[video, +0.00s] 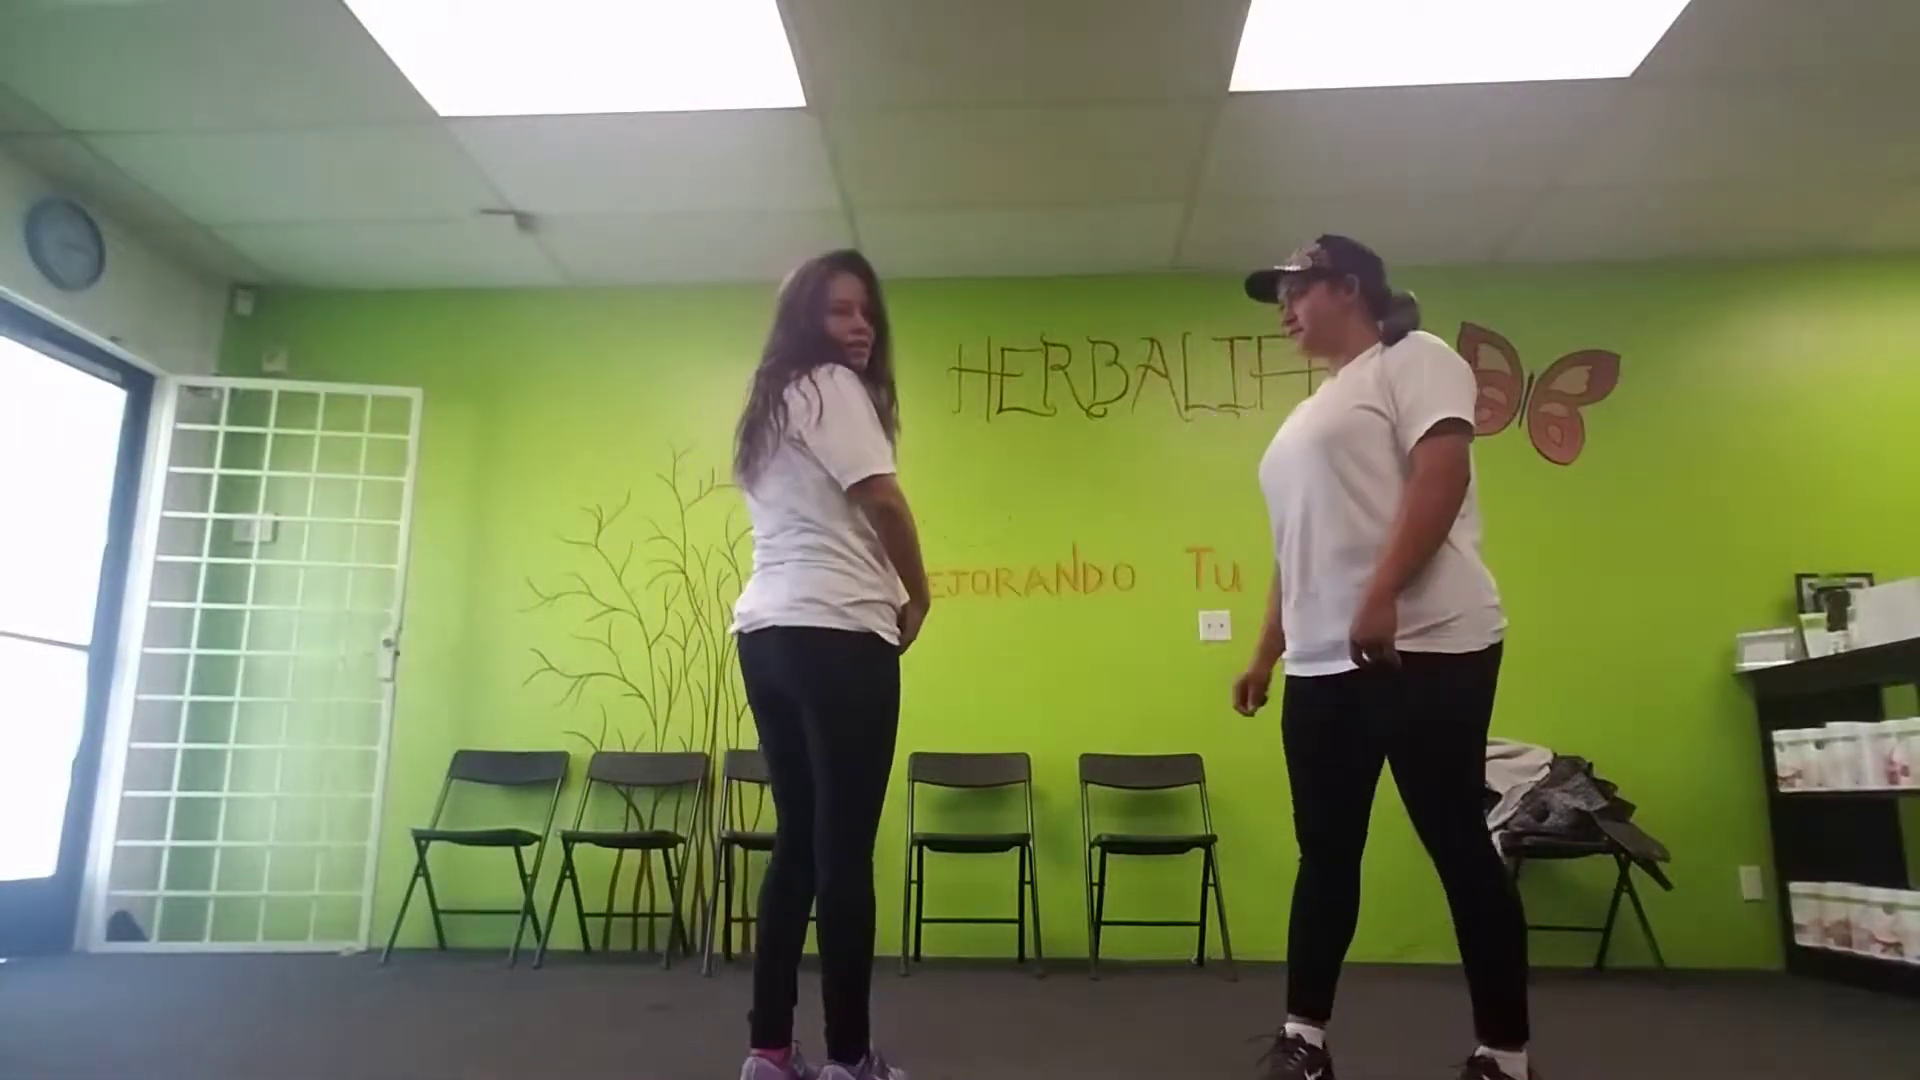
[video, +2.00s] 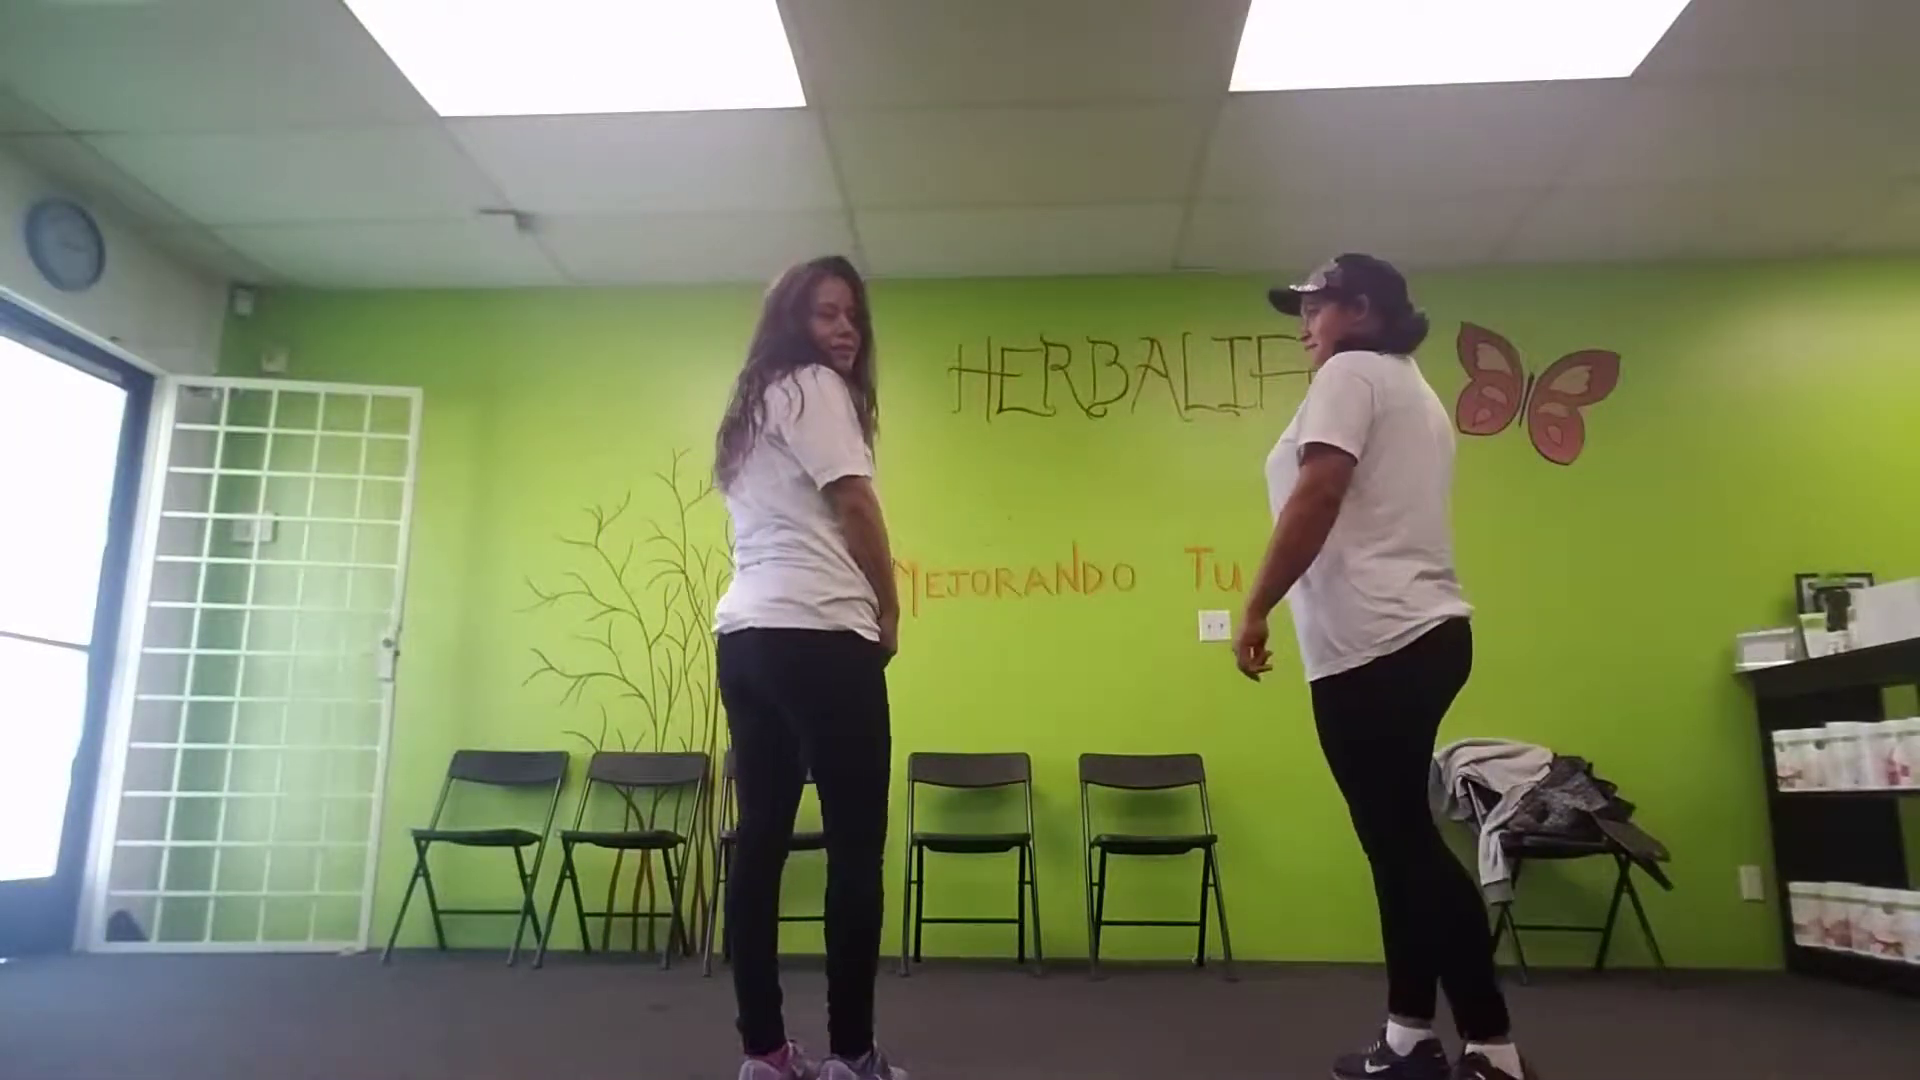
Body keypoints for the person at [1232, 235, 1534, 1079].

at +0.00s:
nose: (1284, 308)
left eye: (1298, 289)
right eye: (1282, 296)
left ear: (1349, 287)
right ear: (1321, 299)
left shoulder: (1416, 356)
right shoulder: (1312, 411)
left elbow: (1444, 466)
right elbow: (1300, 548)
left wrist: (1384, 590)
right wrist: (1265, 651)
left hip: (1431, 651)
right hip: (1323, 671)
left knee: (1461, 848)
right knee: (1325, 857)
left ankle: (1503, 1055)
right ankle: (1303, 1040)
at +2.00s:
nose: (1303, 324)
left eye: (1316, 308)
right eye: (1305, 309)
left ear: (1362, 312)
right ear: (1374, 320)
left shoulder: (1349, 374)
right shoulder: (1412, 389)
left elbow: (1319, 496)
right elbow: (1399, 516)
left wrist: (1256, 606)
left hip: (1373, 647)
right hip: (1419, 637)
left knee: (1403, 842)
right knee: (1396, 839)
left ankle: (1492, 1052)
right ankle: (1410, 1040)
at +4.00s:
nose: (1238, 336)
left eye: (1242, 322)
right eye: (1239, 322)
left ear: (1273, 319)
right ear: (1322, 316)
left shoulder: (1240, 404)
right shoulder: (1398, 400)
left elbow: (1197, 497)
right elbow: (1384, 491)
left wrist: (1264, 437)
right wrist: (1286, 458)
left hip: (1274, 646)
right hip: (1395, 639)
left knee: (1245, 844)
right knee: (1394, 841)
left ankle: (1239, 1045)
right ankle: (1425, 1047)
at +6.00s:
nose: (1225, 358)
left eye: (1229, 343)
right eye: (1225, 345)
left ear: (1259, 338)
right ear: (1303, 337)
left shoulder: (1221, 408)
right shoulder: (1376, 411)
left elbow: (1178, 529)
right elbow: (1408, 538)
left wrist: (1256, 542)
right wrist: (1325, 540)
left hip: (1247, 654)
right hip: (1364, 646)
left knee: (1248, 847)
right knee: (1380, 840)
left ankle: (1236, 1046)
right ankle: (1422, 1039)